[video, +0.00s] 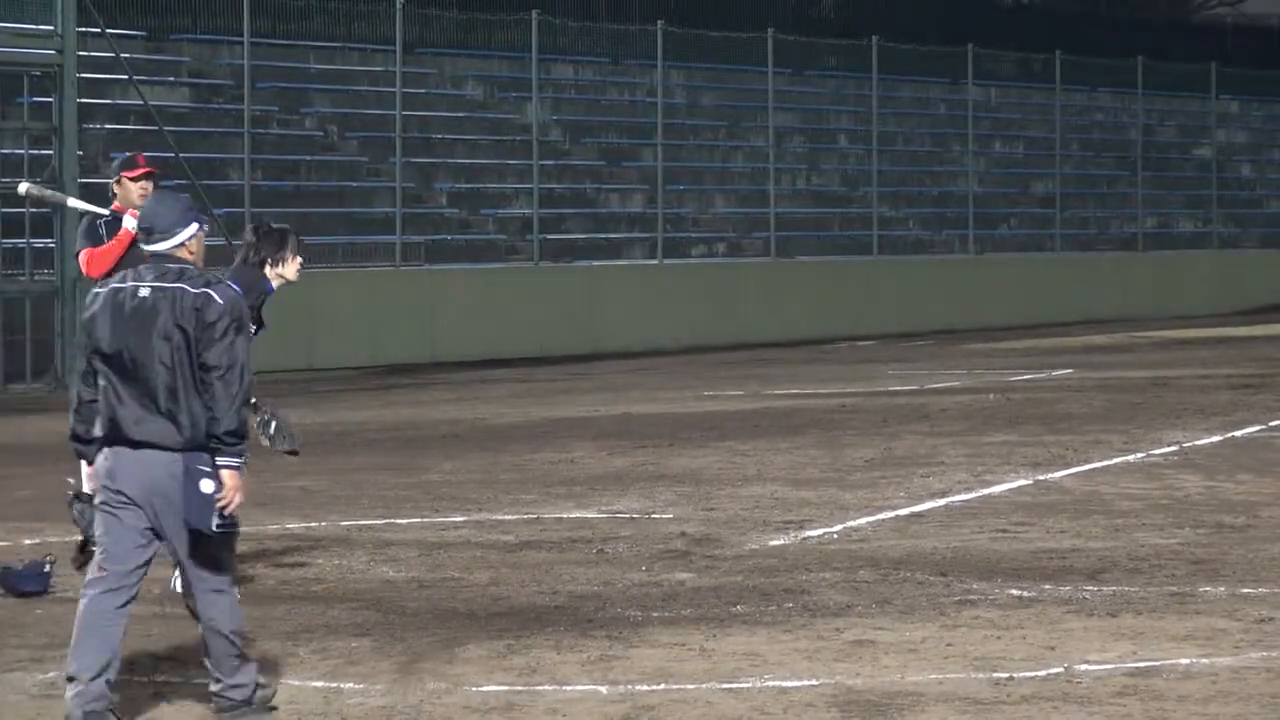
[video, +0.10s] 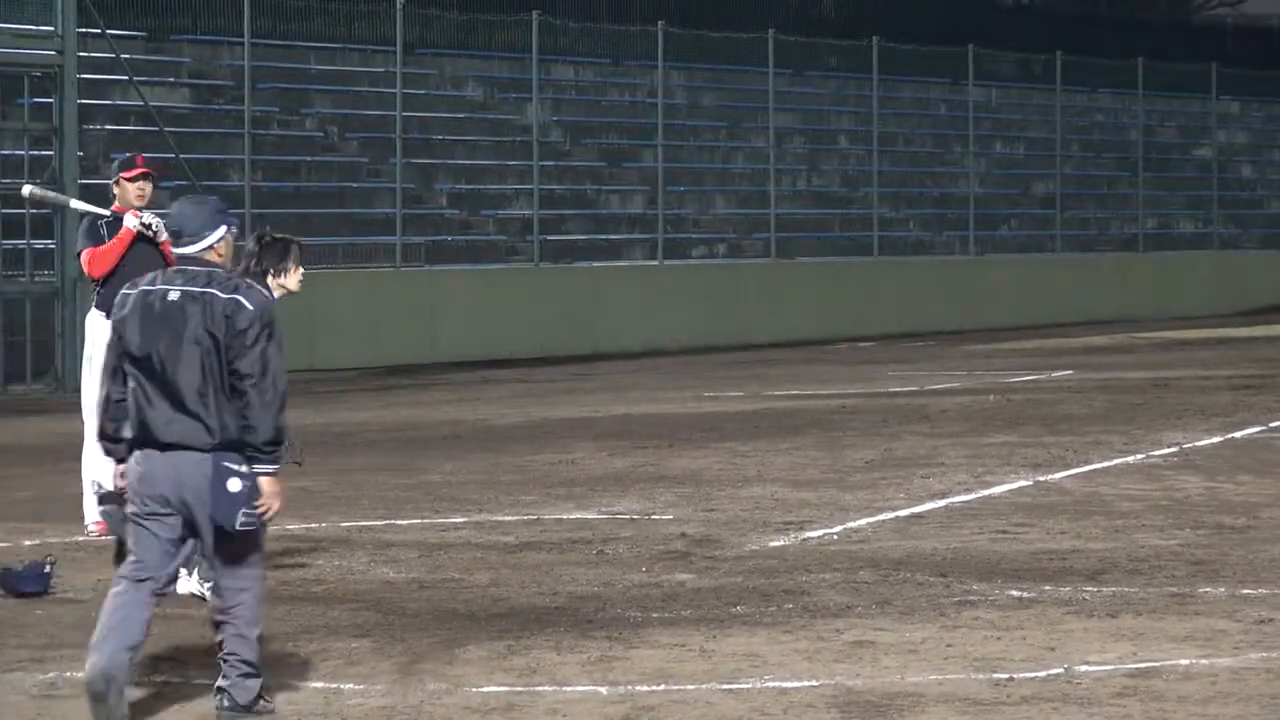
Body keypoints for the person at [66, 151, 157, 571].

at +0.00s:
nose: (147, 187)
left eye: (150, 180)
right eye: (137, 180)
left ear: (152, 185)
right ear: (115, 185)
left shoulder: (156, 228)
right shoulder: (97, 227)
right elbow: (92, 268)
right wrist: (129, 230)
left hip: (155, 353)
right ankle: (97, 534)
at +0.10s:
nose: (143, 186)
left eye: (147, 180)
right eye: (135, 180)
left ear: (153, 186)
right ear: (117, 186)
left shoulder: (158, 225)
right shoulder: (97, 224)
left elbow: (179, 272)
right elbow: (95, 268)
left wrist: (162, 239)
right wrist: (127, 233)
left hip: (152, 324)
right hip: (108, 325)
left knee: (148, 412)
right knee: (99, 414)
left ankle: (147, 506)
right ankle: (97, 512)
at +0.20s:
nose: (141, 187)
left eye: (146, 181)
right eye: (132, 181)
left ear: (153, 187)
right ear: (116, 186)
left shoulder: (161, 226)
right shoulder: (99, 223)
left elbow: (191, 265)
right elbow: (96, 267)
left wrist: (163, 237)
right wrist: (130, 229)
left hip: (156, 332)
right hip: (110, 333)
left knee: (153, 424)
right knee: (105, 427)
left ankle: (153, 513)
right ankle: (99, 516)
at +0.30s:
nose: (140, 188)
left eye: (146, 182)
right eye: (132, 182)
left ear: (152, 188)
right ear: (116, 187)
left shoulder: (160, 227)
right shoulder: (98, 225)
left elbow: (191, 268)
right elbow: (95, 269)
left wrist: (164, 238)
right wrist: (129, 231)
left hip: (155, 335)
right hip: (110, 334)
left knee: (153, 428)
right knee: (103, 429)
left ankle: (153, 514)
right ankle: (99, 518)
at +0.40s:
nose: (149, 186)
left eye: (152, 180)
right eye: (140, 180)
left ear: (155, 186)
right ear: (119, 185)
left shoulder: (158, 227)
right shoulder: (99, 223)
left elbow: (188, 266)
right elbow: (95, 267)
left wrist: (164, 235)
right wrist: (130, 230)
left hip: (154, 335)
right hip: (111, 333)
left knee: (153, 427)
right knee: (104, 428)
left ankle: (153, 511)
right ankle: (99, 516)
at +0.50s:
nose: (152, 186)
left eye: (153, 181)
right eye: (144, 181)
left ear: (149, 187)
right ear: (120, 185)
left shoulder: (156, 227)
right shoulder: (97, 224)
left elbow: (187, 266)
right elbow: (93, 267)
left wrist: (163, 234)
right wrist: (127, 229)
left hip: (152, 335)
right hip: (109, 334)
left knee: (150, 427)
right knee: (102, 429)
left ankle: (151, 511)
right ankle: (97, 516)